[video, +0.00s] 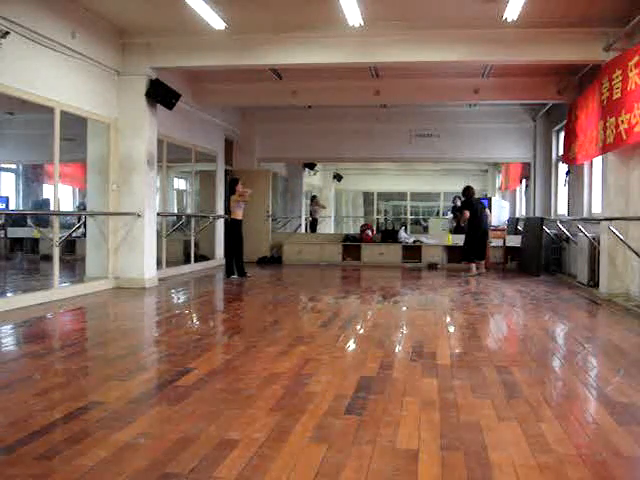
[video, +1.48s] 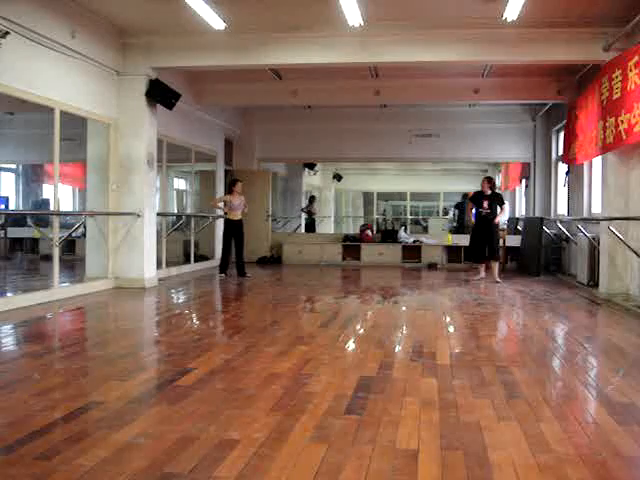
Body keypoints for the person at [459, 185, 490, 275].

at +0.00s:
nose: (464, 196)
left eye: (464, 194)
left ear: (464, 194)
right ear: (473, 193)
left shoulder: (466, 202)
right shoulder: (479, 202)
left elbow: (466, 215)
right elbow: (488, 214)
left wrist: (461, 222)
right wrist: (487, 223)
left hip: (472, 229)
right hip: (483, 228)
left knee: (470, 248)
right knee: (481, 248)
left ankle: (472, 268)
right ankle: (482, 267)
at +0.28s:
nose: (461, 205)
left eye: (462, 203)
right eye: (461, 203)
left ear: (466, 202)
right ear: (466, 202)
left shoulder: (472, 206)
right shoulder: (469, 209)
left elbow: (480, 210)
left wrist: (477, 223)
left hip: (483, 230)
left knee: (470, 248)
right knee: (478, 249)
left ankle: (474, 268)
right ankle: (481, 268)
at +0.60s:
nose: (470, 197)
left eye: (472, 195)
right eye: (469, 196)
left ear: (476, 195)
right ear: (467, 198)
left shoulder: (483, 202)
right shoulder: (467, 209)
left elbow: (497, 204)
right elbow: (465, 224)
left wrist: (506, 206)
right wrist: (458, 231)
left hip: (489, 227)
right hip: (478, 229)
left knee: (488, 248)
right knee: (479, 248)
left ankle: (490, 271)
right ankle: (482, 269)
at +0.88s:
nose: (480, 190)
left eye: (482, 188)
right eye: (479, 188)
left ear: (486, 189)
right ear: (476, 189)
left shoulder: (491, 198)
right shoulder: (472, 201)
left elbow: (498, 209)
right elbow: (470, 216)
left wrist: (502, 217)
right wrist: (472, 228)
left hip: (491, 226)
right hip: (480, 226)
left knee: (491, 247)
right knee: (479, 246)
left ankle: (490, 270)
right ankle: (482, 267)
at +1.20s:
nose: (481, 188)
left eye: (483, 186)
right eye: (480, 186)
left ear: (488, 187)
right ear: (479, 187)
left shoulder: (493, 200)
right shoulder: (474, 200)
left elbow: (499, 214)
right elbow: (468, 214)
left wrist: (494, 224)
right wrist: (466, 226)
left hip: (488, 226)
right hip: (477, 226)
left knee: (489, 248)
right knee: (477, 249)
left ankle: (489, 267)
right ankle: (481, 273)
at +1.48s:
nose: (482, 184)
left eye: (485, 183)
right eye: (482, 182)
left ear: (490, 184)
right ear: (482, 184)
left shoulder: (496, 196)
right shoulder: (477, 195)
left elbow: (504, 208)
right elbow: (470, 206)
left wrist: (498, 217)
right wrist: (470, 218)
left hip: (492, 223)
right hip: (479, 223)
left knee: (493, 248)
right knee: (479, 247)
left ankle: (495, 274)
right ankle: (481, 272)